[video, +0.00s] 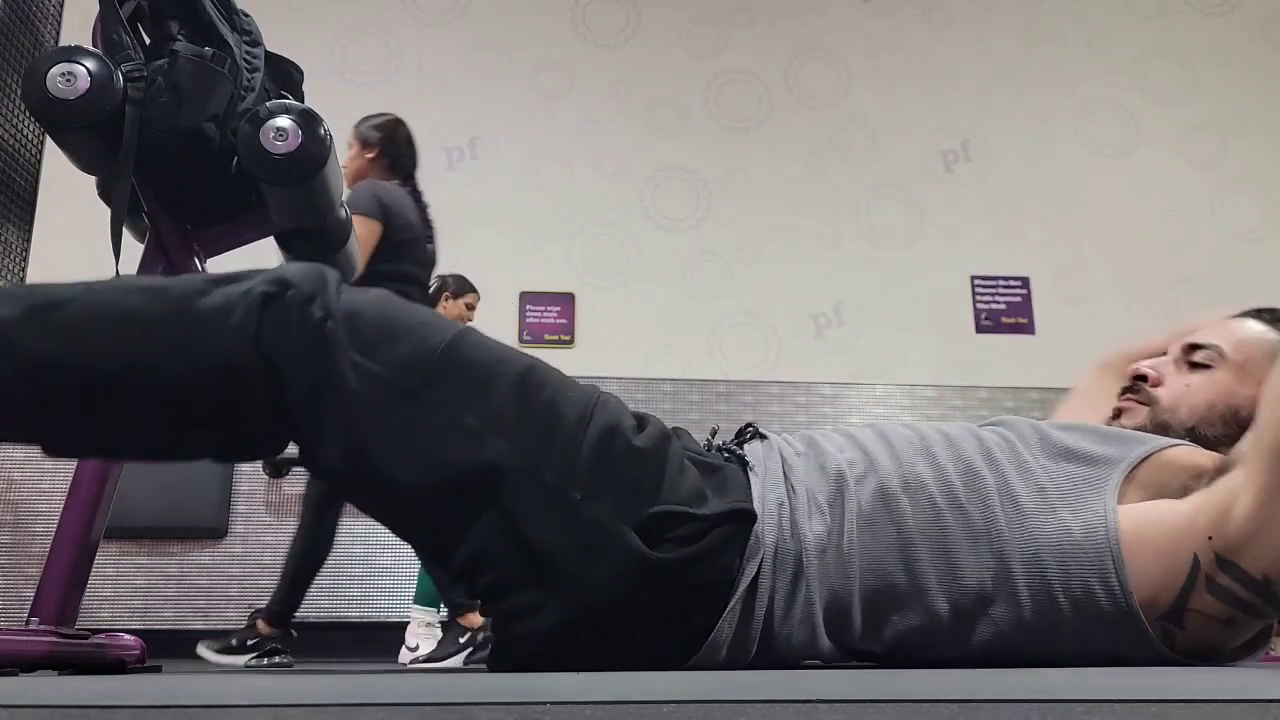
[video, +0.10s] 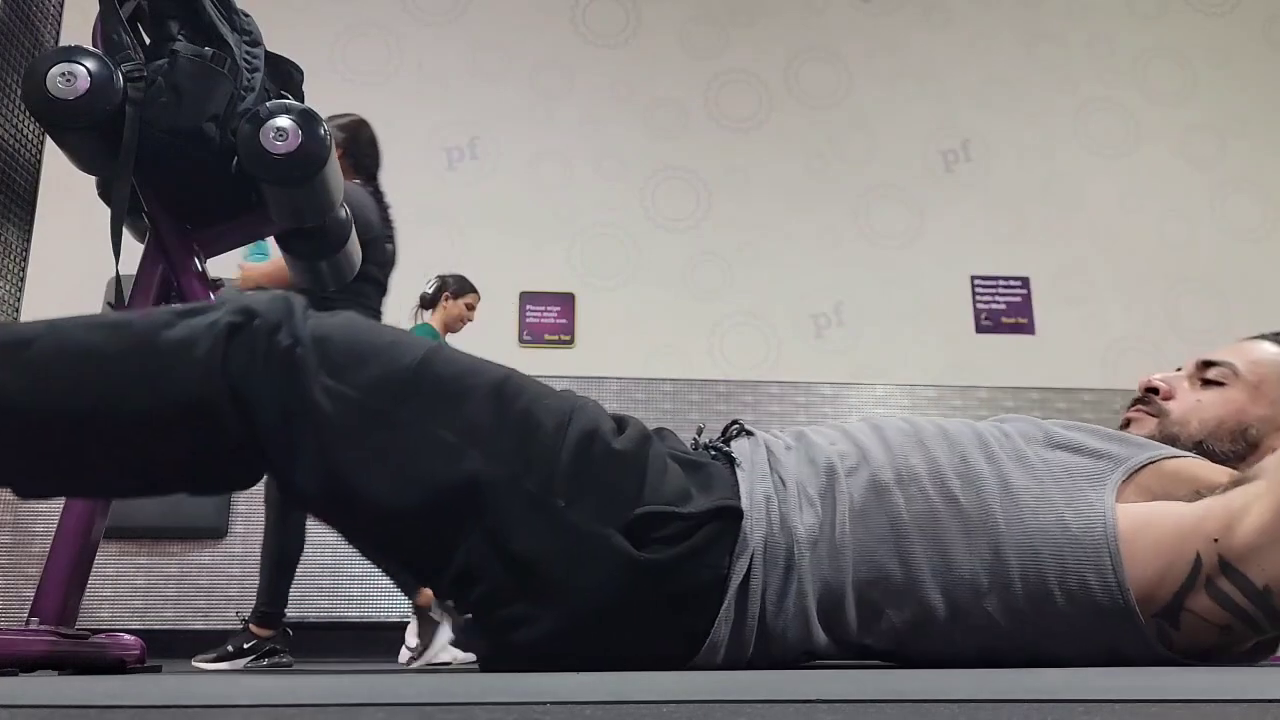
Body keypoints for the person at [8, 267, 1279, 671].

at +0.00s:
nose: (1179, 364)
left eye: (1217, 368)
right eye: (1183, 347)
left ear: (1249, 427)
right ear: (1144, 370)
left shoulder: (1193, 547)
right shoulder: (1082, 457)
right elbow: (1108, 373)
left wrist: (1239, 363)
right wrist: (1155, 375)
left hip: (694, 558)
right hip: (676, 497)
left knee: (308, 324)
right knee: (310, 320)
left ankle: (12, 340)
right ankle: (19, 336)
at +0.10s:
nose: (1193, 378)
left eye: (1224, 383)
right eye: (1203, 369)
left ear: (1254, 436)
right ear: (1187, 408)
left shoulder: (1205, 548)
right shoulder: (1131, 480)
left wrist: (1249, 428)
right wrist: (1235, 418)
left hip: (689, 554)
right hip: (682, 488)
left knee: (272, 353)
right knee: (281, 347)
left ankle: (7, 390)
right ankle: (19, 389)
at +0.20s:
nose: (1194, 385)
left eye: (1225, 393)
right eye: (1203, 376)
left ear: (1254, 447)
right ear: (1178, 411)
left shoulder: (1209, 545)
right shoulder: (1123, 481)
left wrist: (1245, 444)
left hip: (683, 556)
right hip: (677, 481)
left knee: (241, 389)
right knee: (326, 410)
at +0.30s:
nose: (1187, 390)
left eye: (1216, 398)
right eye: (1195, 383)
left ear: (1243, 454)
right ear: (1173, 420)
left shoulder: (1203, 547)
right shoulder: (1123, 494)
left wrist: (1257, 439)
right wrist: (1234, 430)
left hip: (669, 537)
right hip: (666, 505)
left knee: (226, 422)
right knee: (261, 422)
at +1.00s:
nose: (1182, 395)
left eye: (1214, 390)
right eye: (1188, 378)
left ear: (1244, 449)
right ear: (1171, 411)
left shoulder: (1190, 568)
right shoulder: (1091, 463)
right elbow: (1075, 384)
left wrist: (1244, 310)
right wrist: (1222, 294)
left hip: (671, 552)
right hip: (657, 484)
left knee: (324, 289)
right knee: (322, 296)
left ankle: (3, 303)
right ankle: (12, 311)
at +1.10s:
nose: (1222, 371)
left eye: (1252, 374)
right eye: (1237, 355)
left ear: (1265, 440)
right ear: (1205, 390)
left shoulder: (1215, 542)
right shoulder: (1087, 488)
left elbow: (1132, 248)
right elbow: (947, 391)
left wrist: (1115, 169)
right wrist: (1016, 209)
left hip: (683, 564)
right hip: (674, 508)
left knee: (365, 268)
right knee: (373, 287)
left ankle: (14, 237)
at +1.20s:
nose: (1098, 340)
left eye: (1140, 330)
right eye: (1113, 323)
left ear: (1239, 378)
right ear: (1191, 370)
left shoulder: (1219, 479)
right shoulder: (1059, 470)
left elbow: (961, 265)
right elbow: (864, 366)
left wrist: (808, 128)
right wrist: (791, 180)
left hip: (700, 566)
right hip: (677, 528)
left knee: (401, 246)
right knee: (404, 244)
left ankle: (38, 215)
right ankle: (69, 197)